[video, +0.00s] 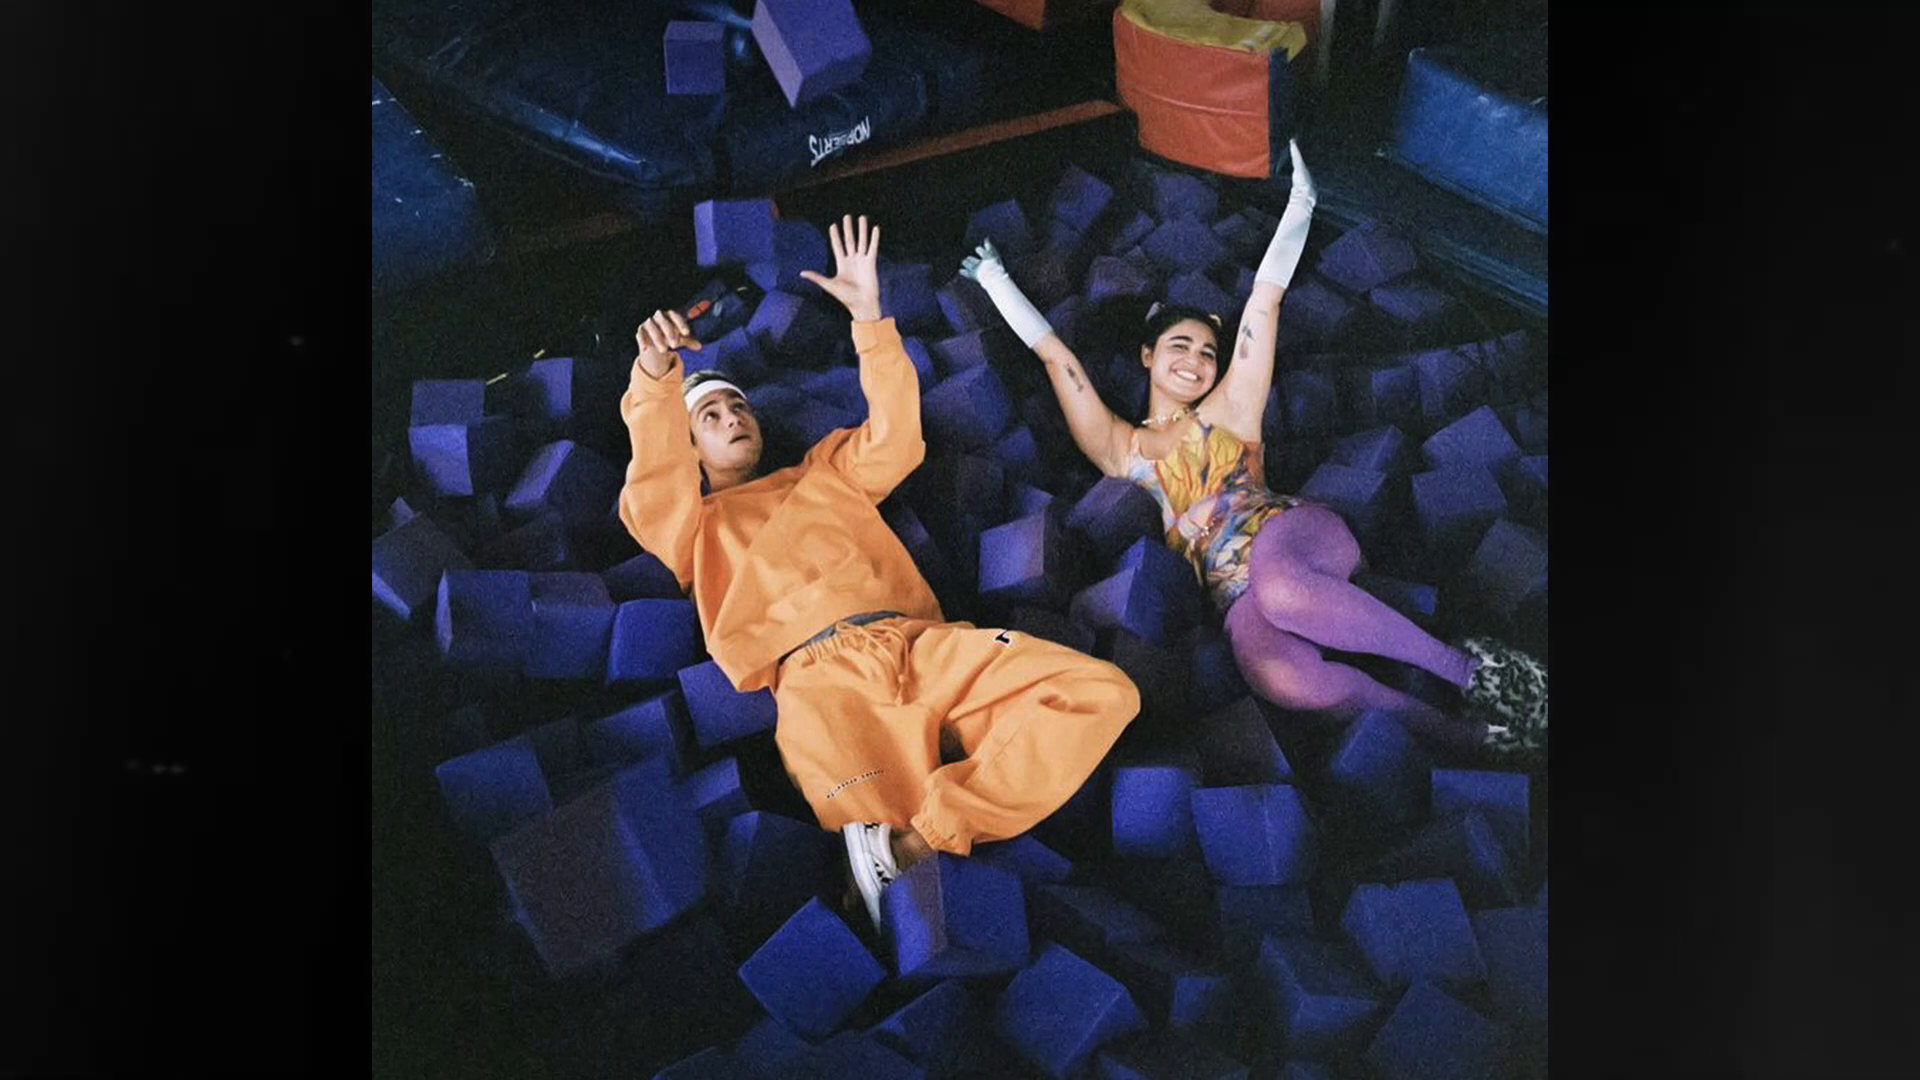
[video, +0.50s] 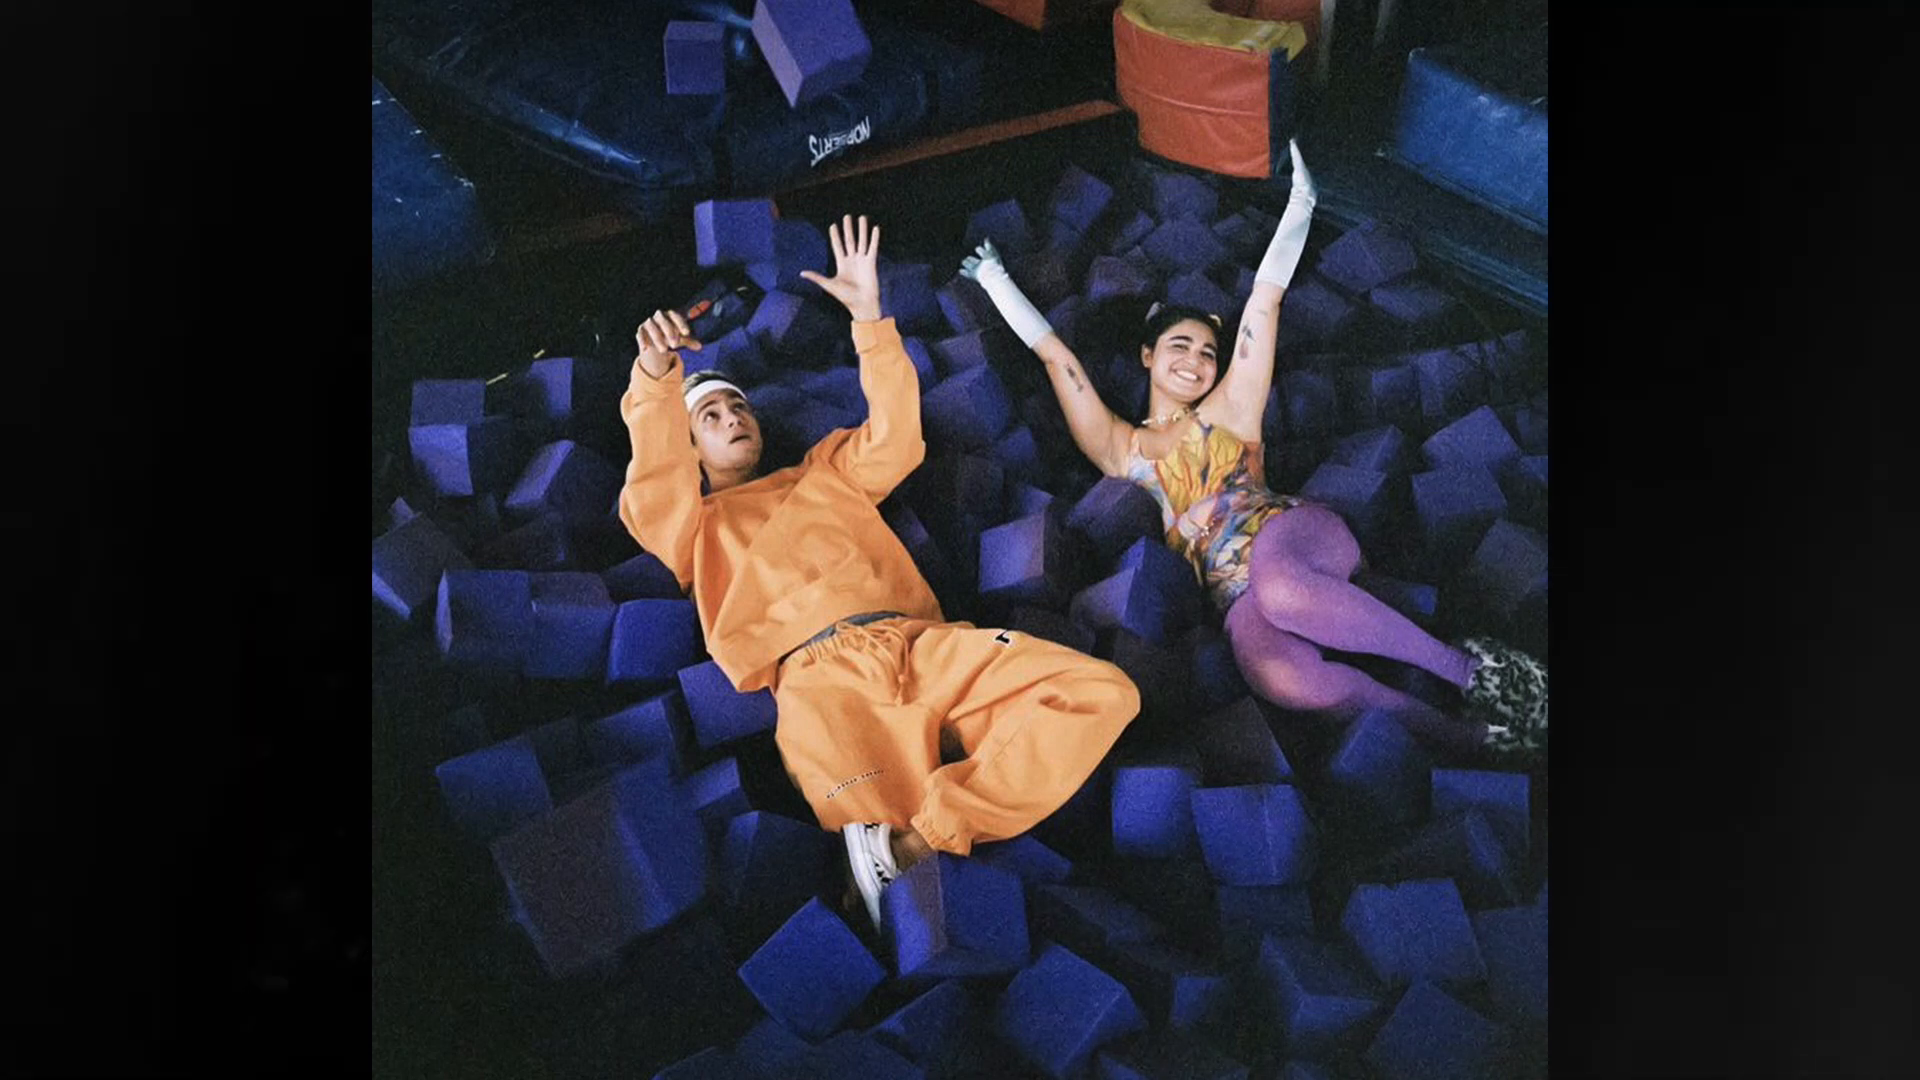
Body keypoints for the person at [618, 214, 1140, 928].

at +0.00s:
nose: (730, 418)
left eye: (738, 407)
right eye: (709, 415)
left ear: (761, 426)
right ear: (688, 449)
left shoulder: (827, 468)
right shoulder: (696, 525)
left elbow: (895, 435)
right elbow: (654, 477)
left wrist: (868, 317)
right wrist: (655, 373)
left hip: (917, 640)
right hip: (819, 673)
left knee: (1094, 693)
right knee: (880, 826)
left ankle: (915, 841)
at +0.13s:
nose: (730, 418)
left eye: (738, 407)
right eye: (709, 415)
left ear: (761, 426)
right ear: (688, 449)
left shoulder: (827, 468)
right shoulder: (696, 525)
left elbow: (895, 435)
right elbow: (654, 477)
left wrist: (868, 317)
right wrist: (655, 374)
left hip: (917, 640)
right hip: (819, 673)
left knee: (1094, 693)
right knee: (880, 826)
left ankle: (915, 841)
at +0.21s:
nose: (730, 418)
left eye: (738, 407)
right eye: (709, 415)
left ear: (761, 426)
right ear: (688, 449)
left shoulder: (827, 468)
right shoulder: (696, 525)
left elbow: (895, 435)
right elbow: (654, 477)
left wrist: (868, 317)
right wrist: (655, 374)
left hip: (917, 640)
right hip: (819, 673)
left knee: (1094, 693)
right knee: (880, 826)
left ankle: (915, 841)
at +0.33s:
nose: (730, 418)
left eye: (738, 407)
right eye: (709, 415)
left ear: (761, 426)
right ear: (688, 449)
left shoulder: (827, 468)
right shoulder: (696, 525)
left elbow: (895, 435)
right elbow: (654, 477)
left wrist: (868, 317)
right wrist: (655, 374)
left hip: (917, 640)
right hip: (819, 673)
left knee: (1094, 693)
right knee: (880, 826)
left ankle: (915, 841)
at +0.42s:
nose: (730, 418)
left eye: (738, 407)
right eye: (709, 415)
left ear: (761, 426)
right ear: (688, 449)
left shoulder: (827, 468)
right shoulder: (696, 525)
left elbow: (895, 435)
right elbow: (654, 477)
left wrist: (868, 317)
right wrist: (655, 374)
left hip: (917, 640)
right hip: (819, 673)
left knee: (1094, 693)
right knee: (880, 826)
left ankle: (915, 841)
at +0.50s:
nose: (730, 418)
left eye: (738, 407)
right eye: (709, 415)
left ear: (761, 426)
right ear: (688, 449)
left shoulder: (827, 468)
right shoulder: (696, 525)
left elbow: (895, 435)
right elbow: (654, 477)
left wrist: (868, 317)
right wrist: (655, 374)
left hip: (917, 640)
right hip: (819, 673)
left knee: (1094, 693)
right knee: (880, 826)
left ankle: (915, 841)